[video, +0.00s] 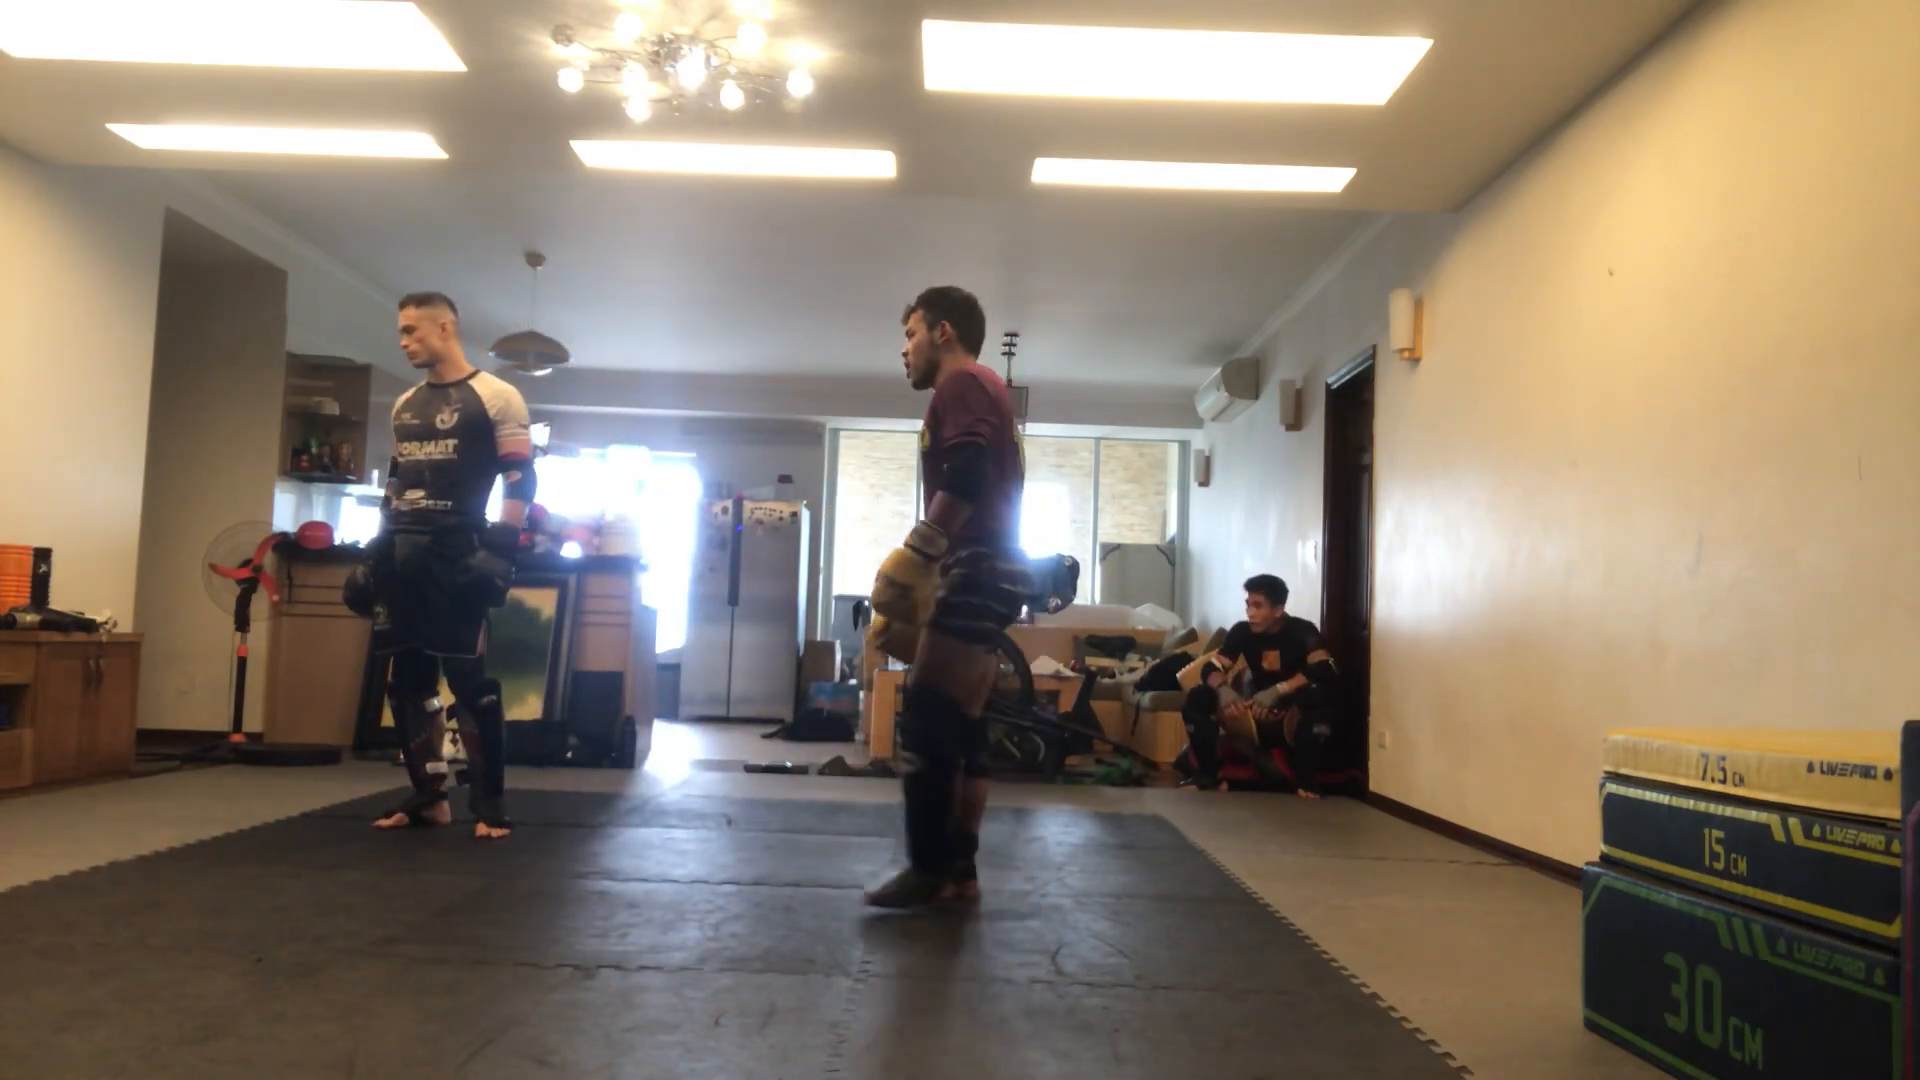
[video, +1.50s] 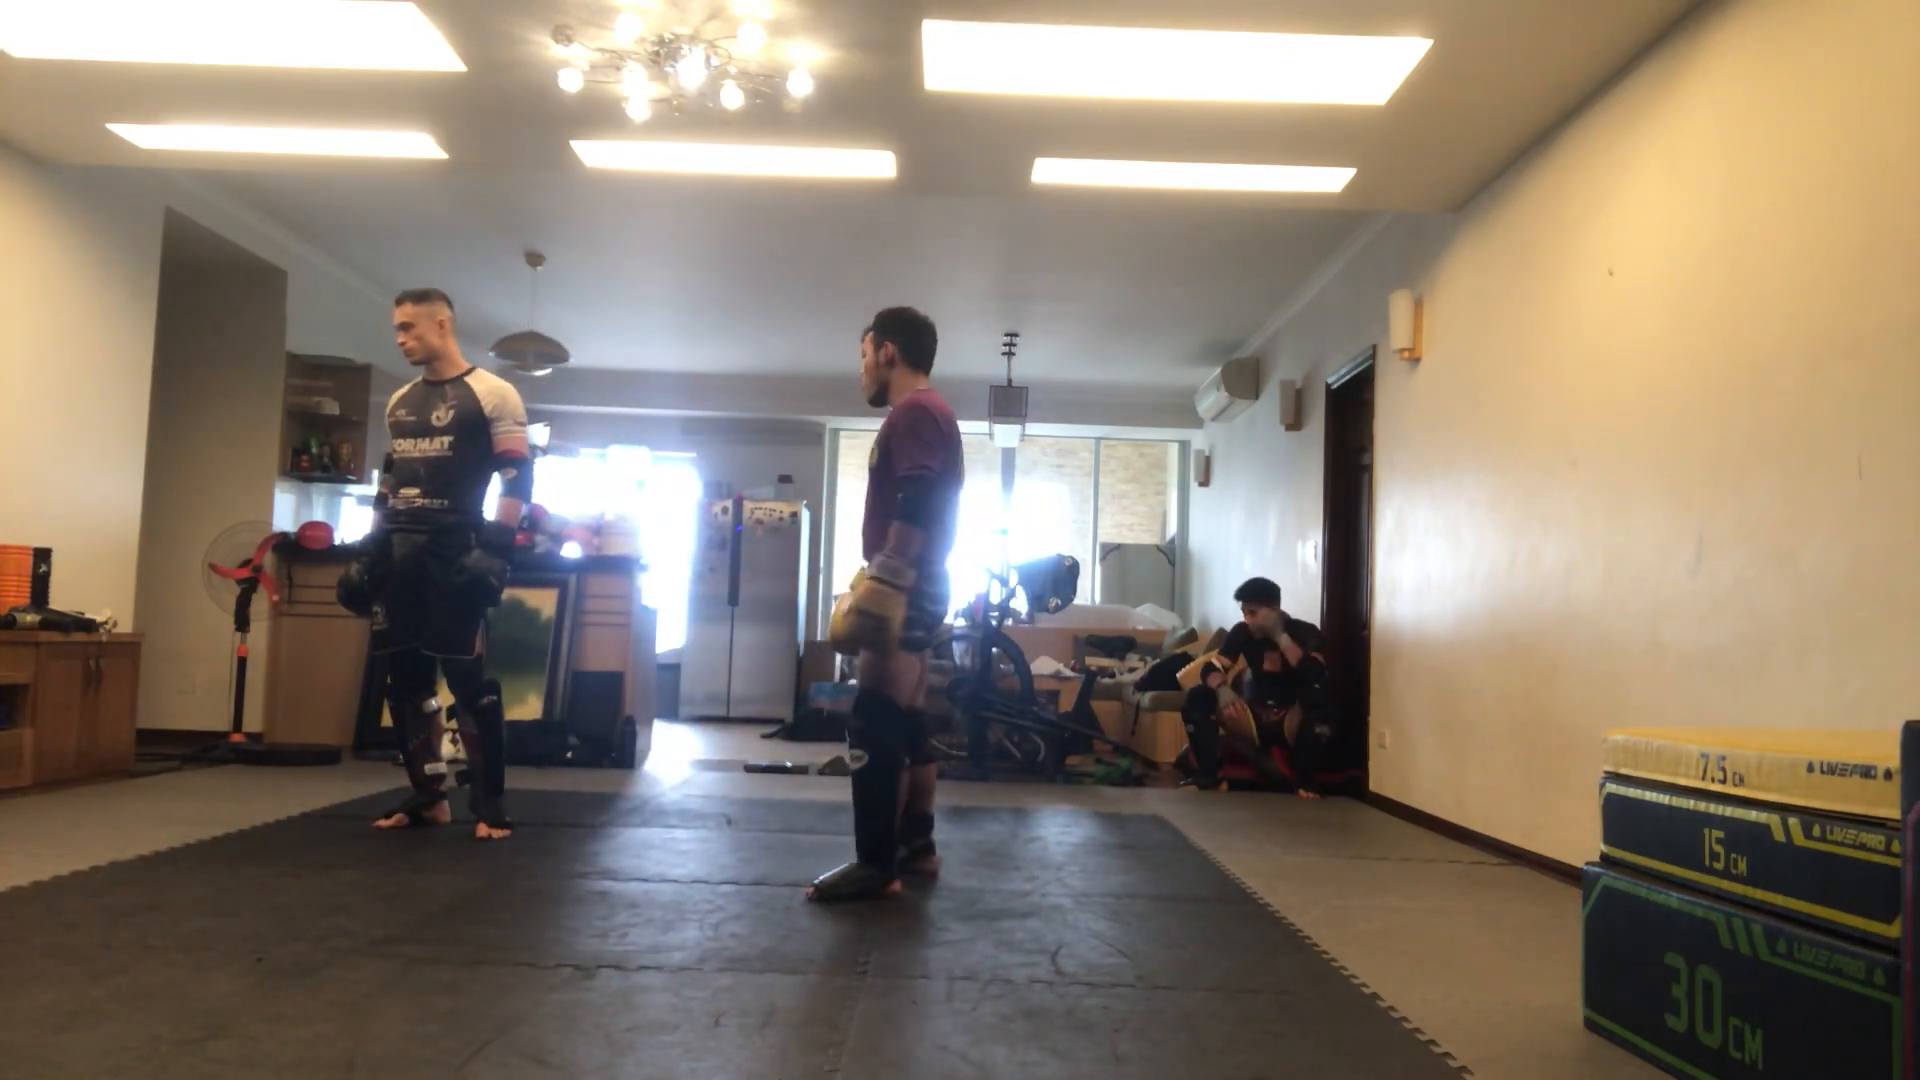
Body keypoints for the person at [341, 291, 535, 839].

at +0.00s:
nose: (404, 342)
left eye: (411, 331)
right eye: (401, 333)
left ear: (446, 327)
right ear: (427, 332)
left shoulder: (497, 396)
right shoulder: (406, 404)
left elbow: (518, 485)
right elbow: (399, 489)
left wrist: (499, 552)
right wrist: (376, 555)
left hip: (460, 555)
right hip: (405, 555)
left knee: (467, 679)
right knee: (408, 681)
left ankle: (490, 805)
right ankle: (430, 799)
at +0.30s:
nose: (403, 342)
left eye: (410, 330)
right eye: (400, 333)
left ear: (445, 325)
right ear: (407, 336)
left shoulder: (496, 396)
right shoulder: (405, 404)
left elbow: (517, 486)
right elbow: (400, 489)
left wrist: (496, 552)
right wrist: (377, 556)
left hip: (459, 555)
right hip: (404, 555)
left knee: (466, 679)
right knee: (408, 681)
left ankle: (490, 806)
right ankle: (429, 799)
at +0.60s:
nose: (402, 341)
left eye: (409, 330)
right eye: (398, 332)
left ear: (444, 325)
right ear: (405, 335)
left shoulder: (494, 395)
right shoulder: (405, 403)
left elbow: (516, 486)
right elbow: (399, 490)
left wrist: (494, 553)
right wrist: (376, 556)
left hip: (458, 554)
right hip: (403, 554)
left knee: (465, 678)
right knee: (407, 681)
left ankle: (490, 807)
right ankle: (430, 800)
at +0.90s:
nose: (401, 340)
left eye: (407, 329)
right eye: (397, 331)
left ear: (442, 324)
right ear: (405, 334)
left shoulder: (494, 394)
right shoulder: (403, 402)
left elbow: (516, 484)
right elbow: (395, 489)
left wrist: (494, 552)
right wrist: (376, 555)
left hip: (458, 553)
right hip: (402, 553)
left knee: (464, 675)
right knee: (406, 679)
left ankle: (490, 805)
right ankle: (430, 799)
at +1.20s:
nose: (400, 339)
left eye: (407, 328)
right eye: (396, 330)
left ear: (443, 323)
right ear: (403, 334)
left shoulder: (494, 393)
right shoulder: (401, 402)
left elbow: (515, 484)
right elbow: (393, 487)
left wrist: (494, 552)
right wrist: (373, 553)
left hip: (458, 553)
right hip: (402, 553)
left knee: (465, 677)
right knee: (407, 679)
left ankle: (490, 806)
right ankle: (429, 799)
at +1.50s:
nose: (401, 339)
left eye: (408, 328)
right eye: (397, 330)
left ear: (443, 323)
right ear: (402, 333)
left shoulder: (493, 393)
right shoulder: (401, 401)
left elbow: (515, 484)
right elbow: (391, 488)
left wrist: (494, 553)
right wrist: (371, 553)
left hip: (457, 554)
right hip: (401, 553)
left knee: (465, 677)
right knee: (407, 679)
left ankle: (490, 805)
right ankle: (429, 799)